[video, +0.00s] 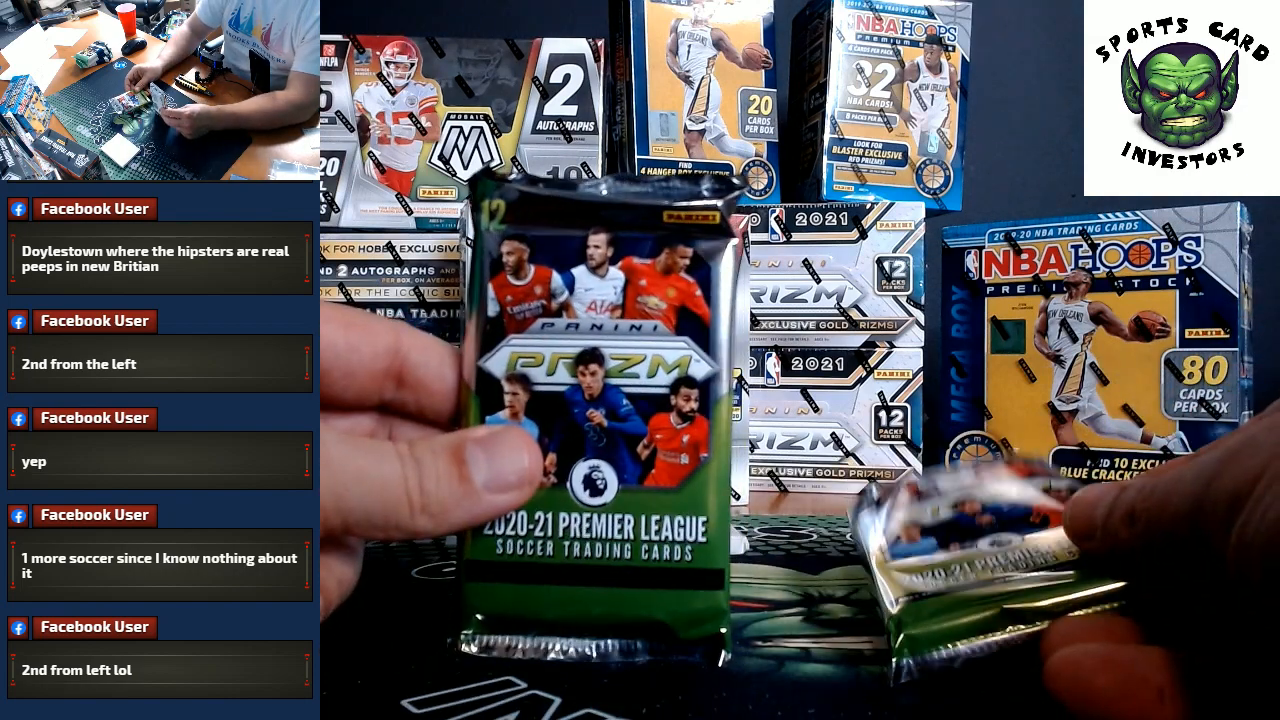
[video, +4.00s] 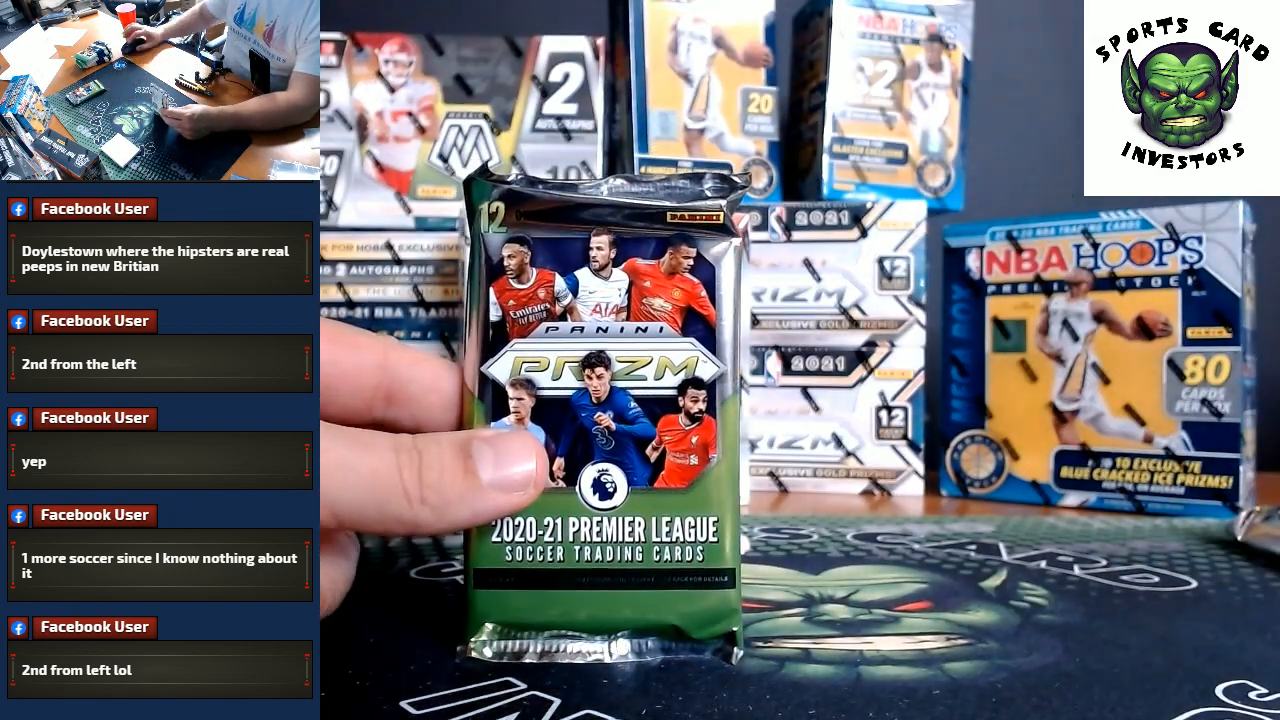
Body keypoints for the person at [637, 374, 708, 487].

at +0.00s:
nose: (692, 406)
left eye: (696, 400)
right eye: (686, 400)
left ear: (699, 401)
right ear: (673, 400)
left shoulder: (702, 427)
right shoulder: (657, 422)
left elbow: (705, 461)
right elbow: (647, 444)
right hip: (655, 486)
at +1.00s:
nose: (688, 407)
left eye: (692, 401)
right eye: (682, 401)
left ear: (695, 402)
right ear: (668, 402)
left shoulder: (698, 426)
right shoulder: (653, 423)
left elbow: (703, 461)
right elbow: (643, 446)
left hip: (681, 492)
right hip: (652, 489)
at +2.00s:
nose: (699, 409)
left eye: (703, 404)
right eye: (693, 404)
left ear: (706, 404)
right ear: (679, 404)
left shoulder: (710, 431)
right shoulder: (664, 426)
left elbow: (715, 468)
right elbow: (653, 450)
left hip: (691, 497)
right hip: (662, 491)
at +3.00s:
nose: (695, 407)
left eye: (699, 401)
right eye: (689, 401)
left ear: (701, 401)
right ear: (675, 402)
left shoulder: (706, 427)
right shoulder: (660, 424)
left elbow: (711, 466)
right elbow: (650, 448)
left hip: (689, 494)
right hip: (659, 489)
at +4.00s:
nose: (701, 407)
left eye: (704, 401)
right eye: (694, 401)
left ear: (707, 401)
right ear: (681, 401)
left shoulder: (710, 426)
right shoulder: (665, 423)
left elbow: (715, 461)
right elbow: (655, 447)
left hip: (694, 492)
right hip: (664, 488)